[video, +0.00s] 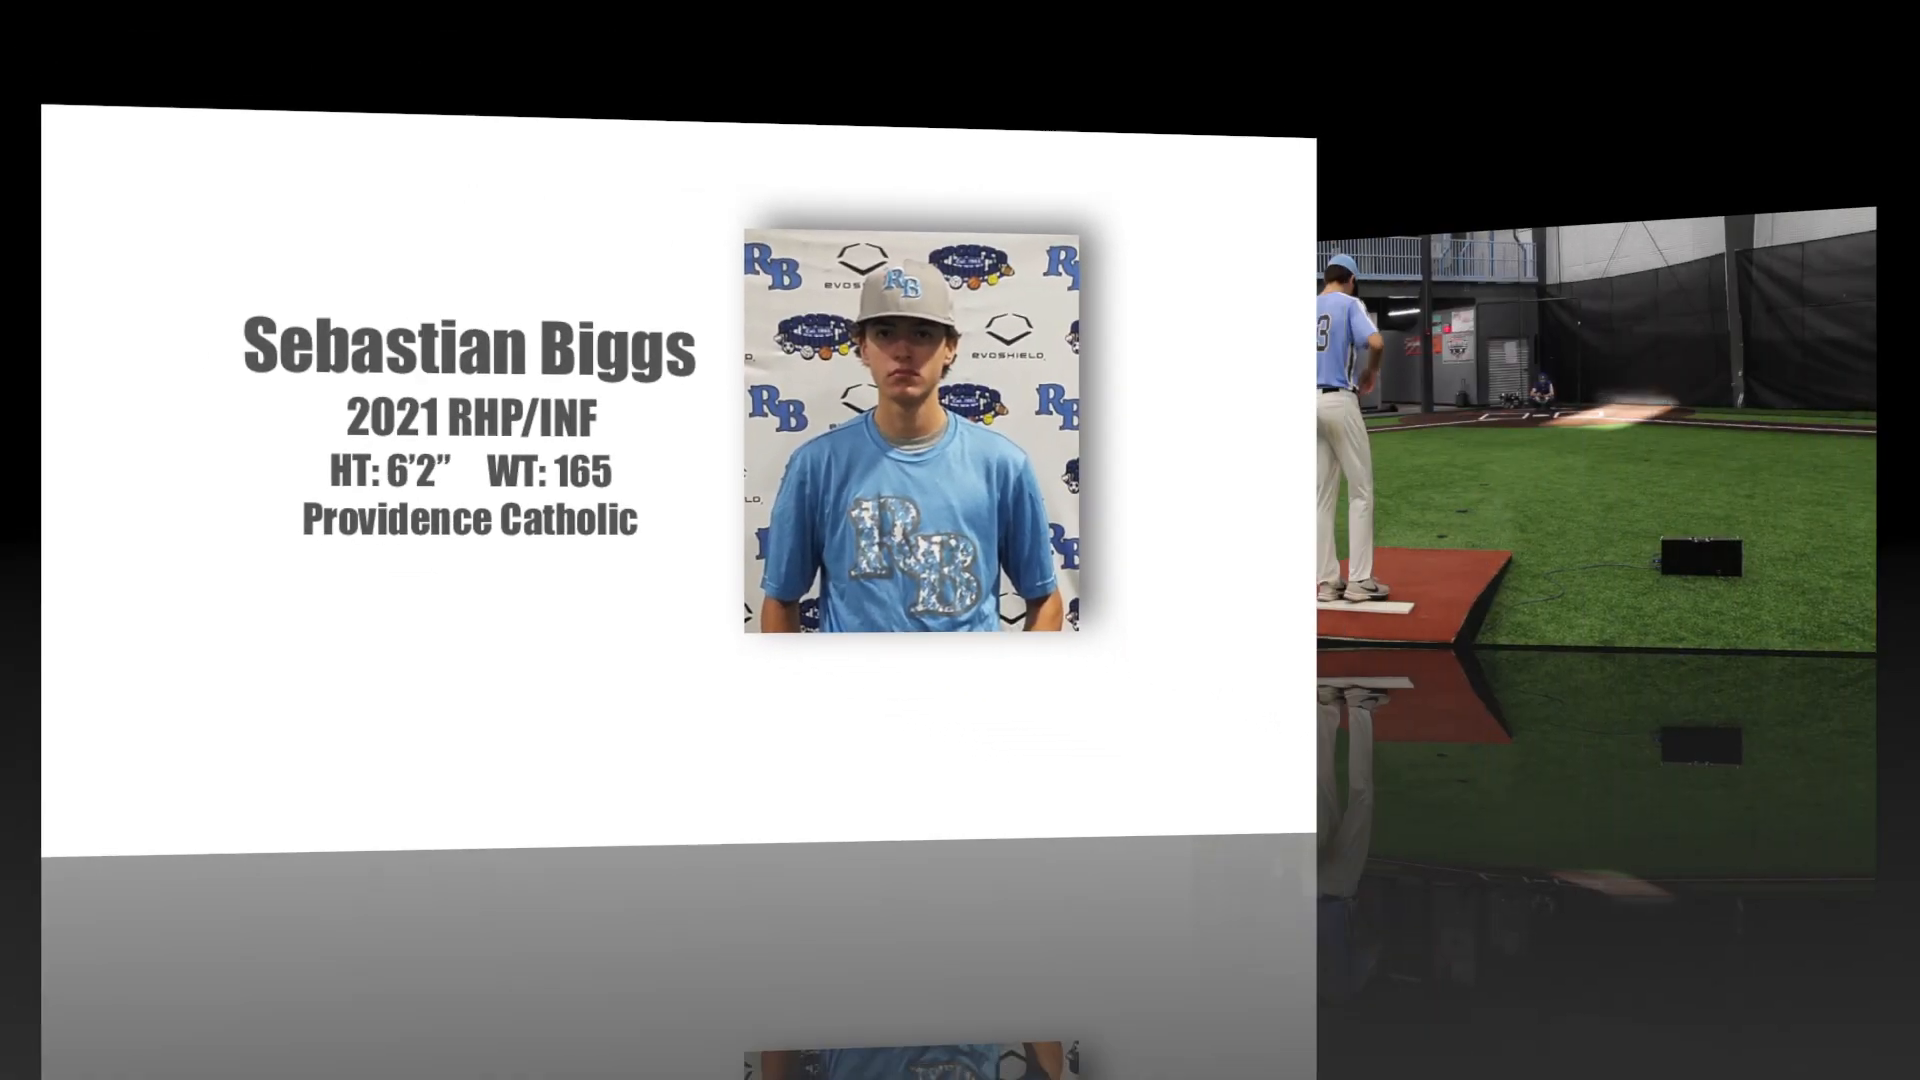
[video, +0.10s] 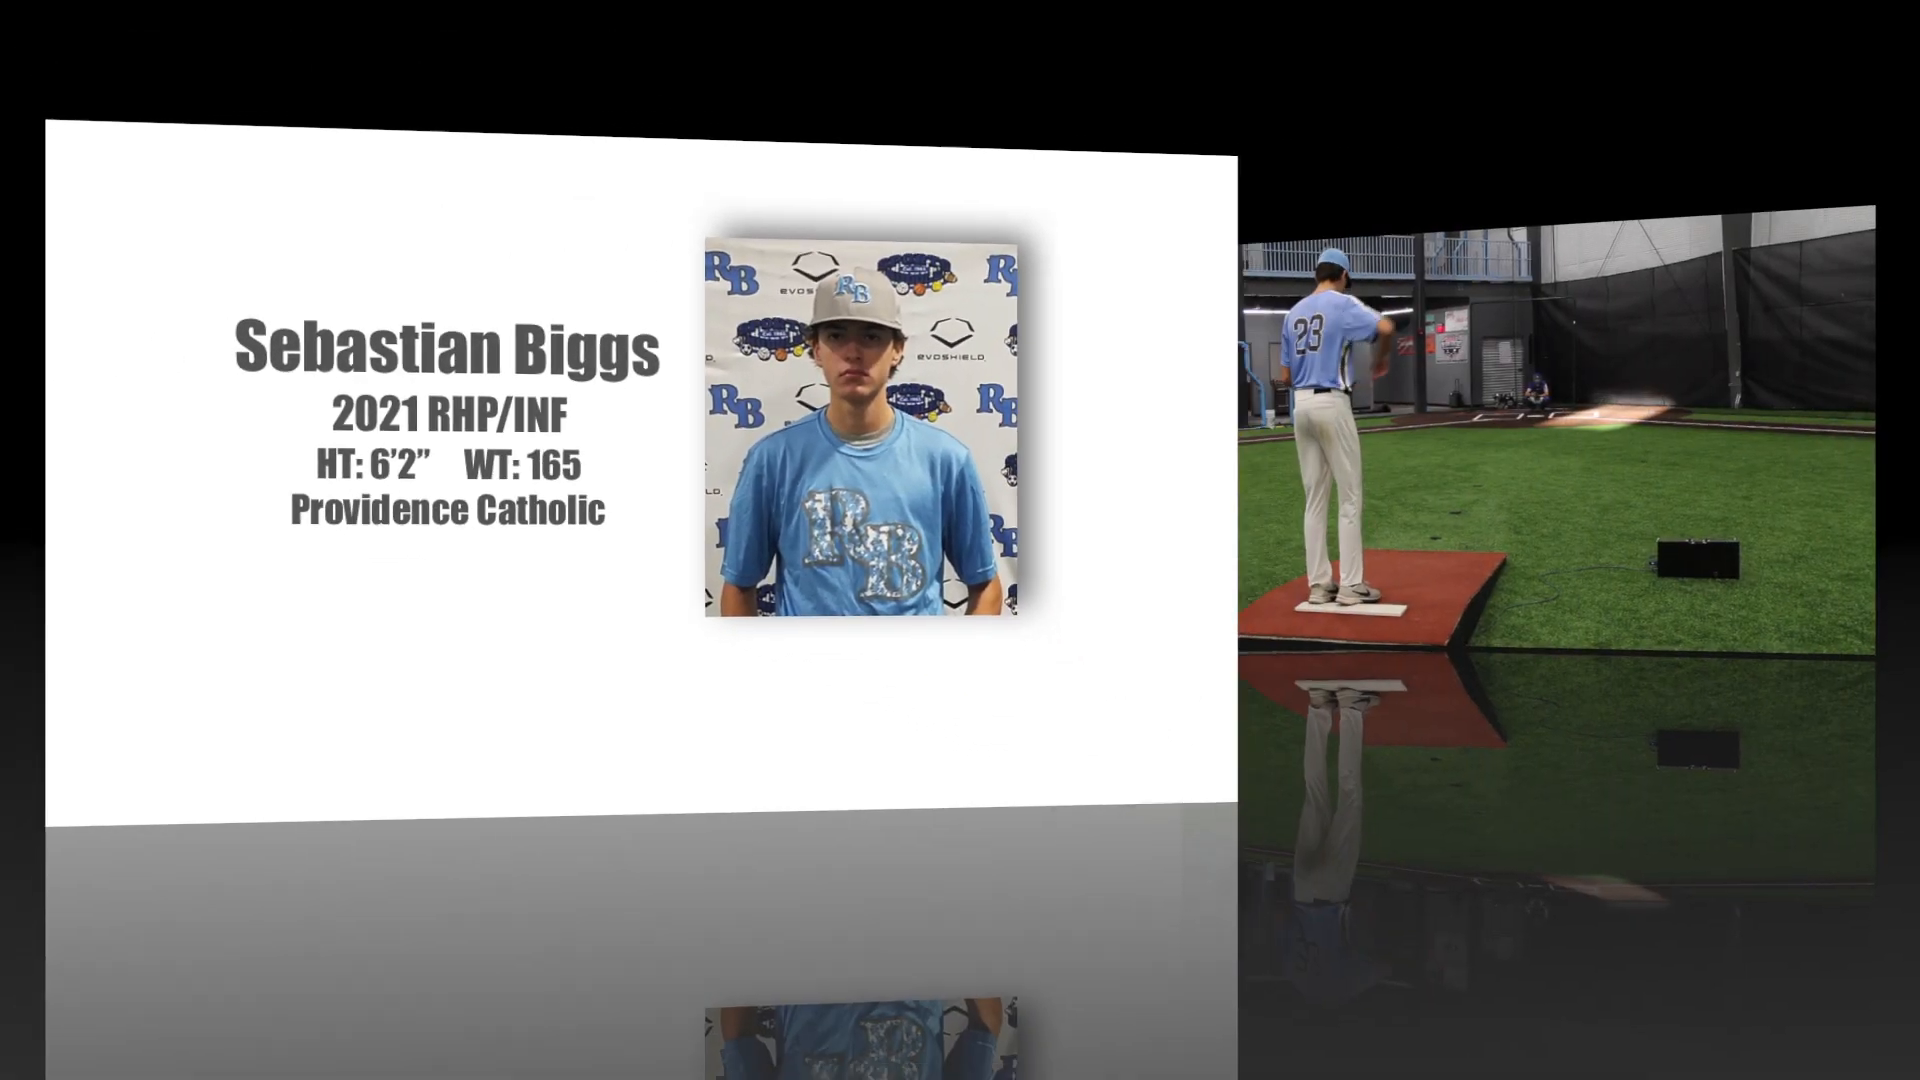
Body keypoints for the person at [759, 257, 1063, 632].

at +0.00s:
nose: (903, 350)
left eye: (922, 334)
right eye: (887, 334)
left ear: (949, 349)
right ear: (863, 347)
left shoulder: (1003, 465)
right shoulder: (815, 466)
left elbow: (1045, 601)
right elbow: (781, 601)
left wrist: (1021, 683)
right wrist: (786, 689)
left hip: (973, 681)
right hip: (852, 681)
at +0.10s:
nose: (854, 352)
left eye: (871, 337)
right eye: (838, 336)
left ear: (897, 350)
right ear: (816, 349)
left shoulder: (946, 459)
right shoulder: (771, 460)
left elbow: (986, 586)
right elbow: (739, 587)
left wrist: (963, 664)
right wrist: (744, 670)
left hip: (919, 661)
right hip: (806, 661)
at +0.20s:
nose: (807, 354)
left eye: (823, 340)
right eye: (792, 339)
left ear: (847, 352)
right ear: (772, 352)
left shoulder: (893, 454)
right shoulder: (730, 455)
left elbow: (930, 573)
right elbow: (700, 576)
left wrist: (910, 647)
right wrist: (708, 652)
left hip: (868, 643)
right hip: (762, 643)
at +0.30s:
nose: (763, 356)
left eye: (779, 342)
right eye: (749, 341)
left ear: (801, 354)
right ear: (730, 352)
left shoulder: (844, 450)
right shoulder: (691, 450)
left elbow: (879, 563)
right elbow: (663, 563)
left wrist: (858, 630)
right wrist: (666, 634)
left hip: (820, 628)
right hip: (722, 628)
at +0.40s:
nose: (722, 357)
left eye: (737, 344)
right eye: (709, 343)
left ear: (758, 355)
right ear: (692, 354)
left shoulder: (799, 446)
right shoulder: (655, 446)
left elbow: (831, 552)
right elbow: (629, 552)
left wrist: (813, 617)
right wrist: (632, 621)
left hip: (775, 614)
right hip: (683, 613)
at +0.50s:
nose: (685, 358)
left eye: (699, 346)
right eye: (673, 345)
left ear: (718, 357)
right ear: (656, 355)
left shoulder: (757, 442)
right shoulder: (622, 442)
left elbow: (788, 544)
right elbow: (597, 543)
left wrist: (769, 601)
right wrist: (601, 608)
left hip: (735, 598)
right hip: (649, 597)